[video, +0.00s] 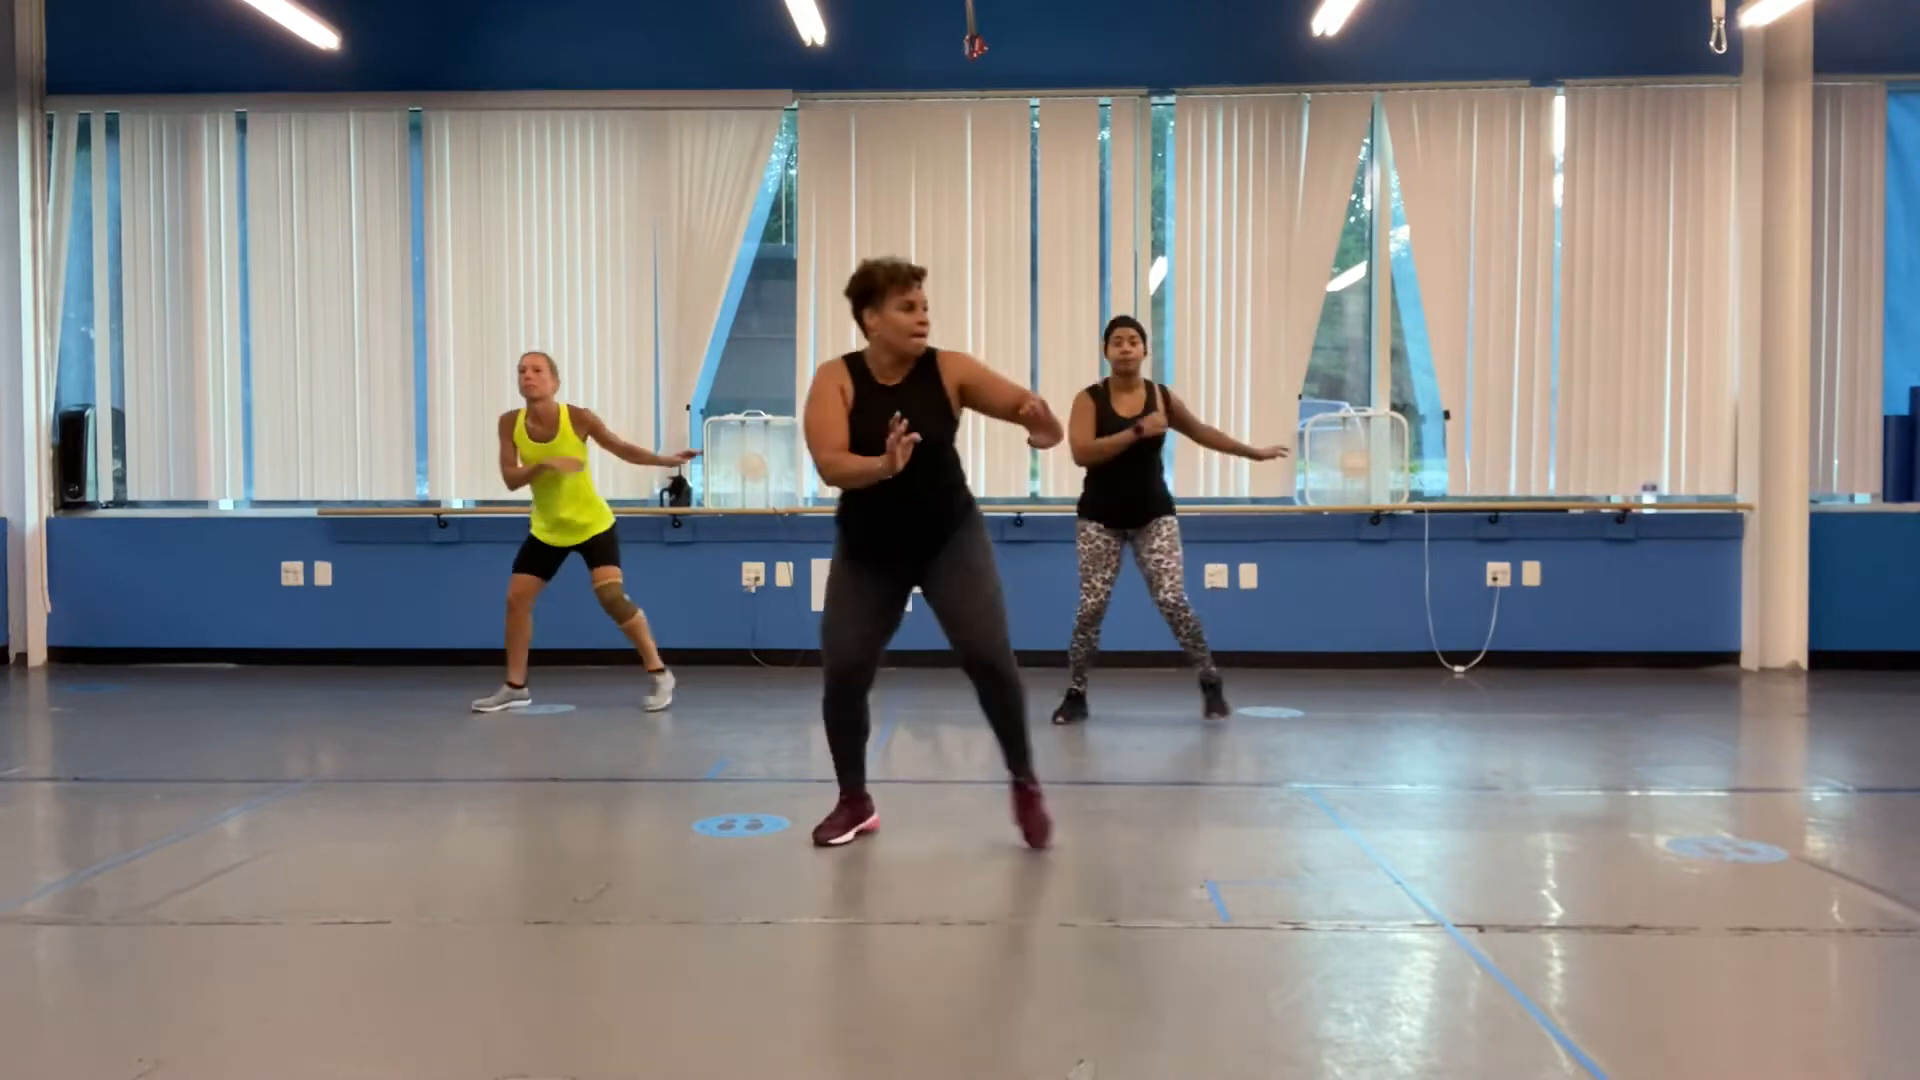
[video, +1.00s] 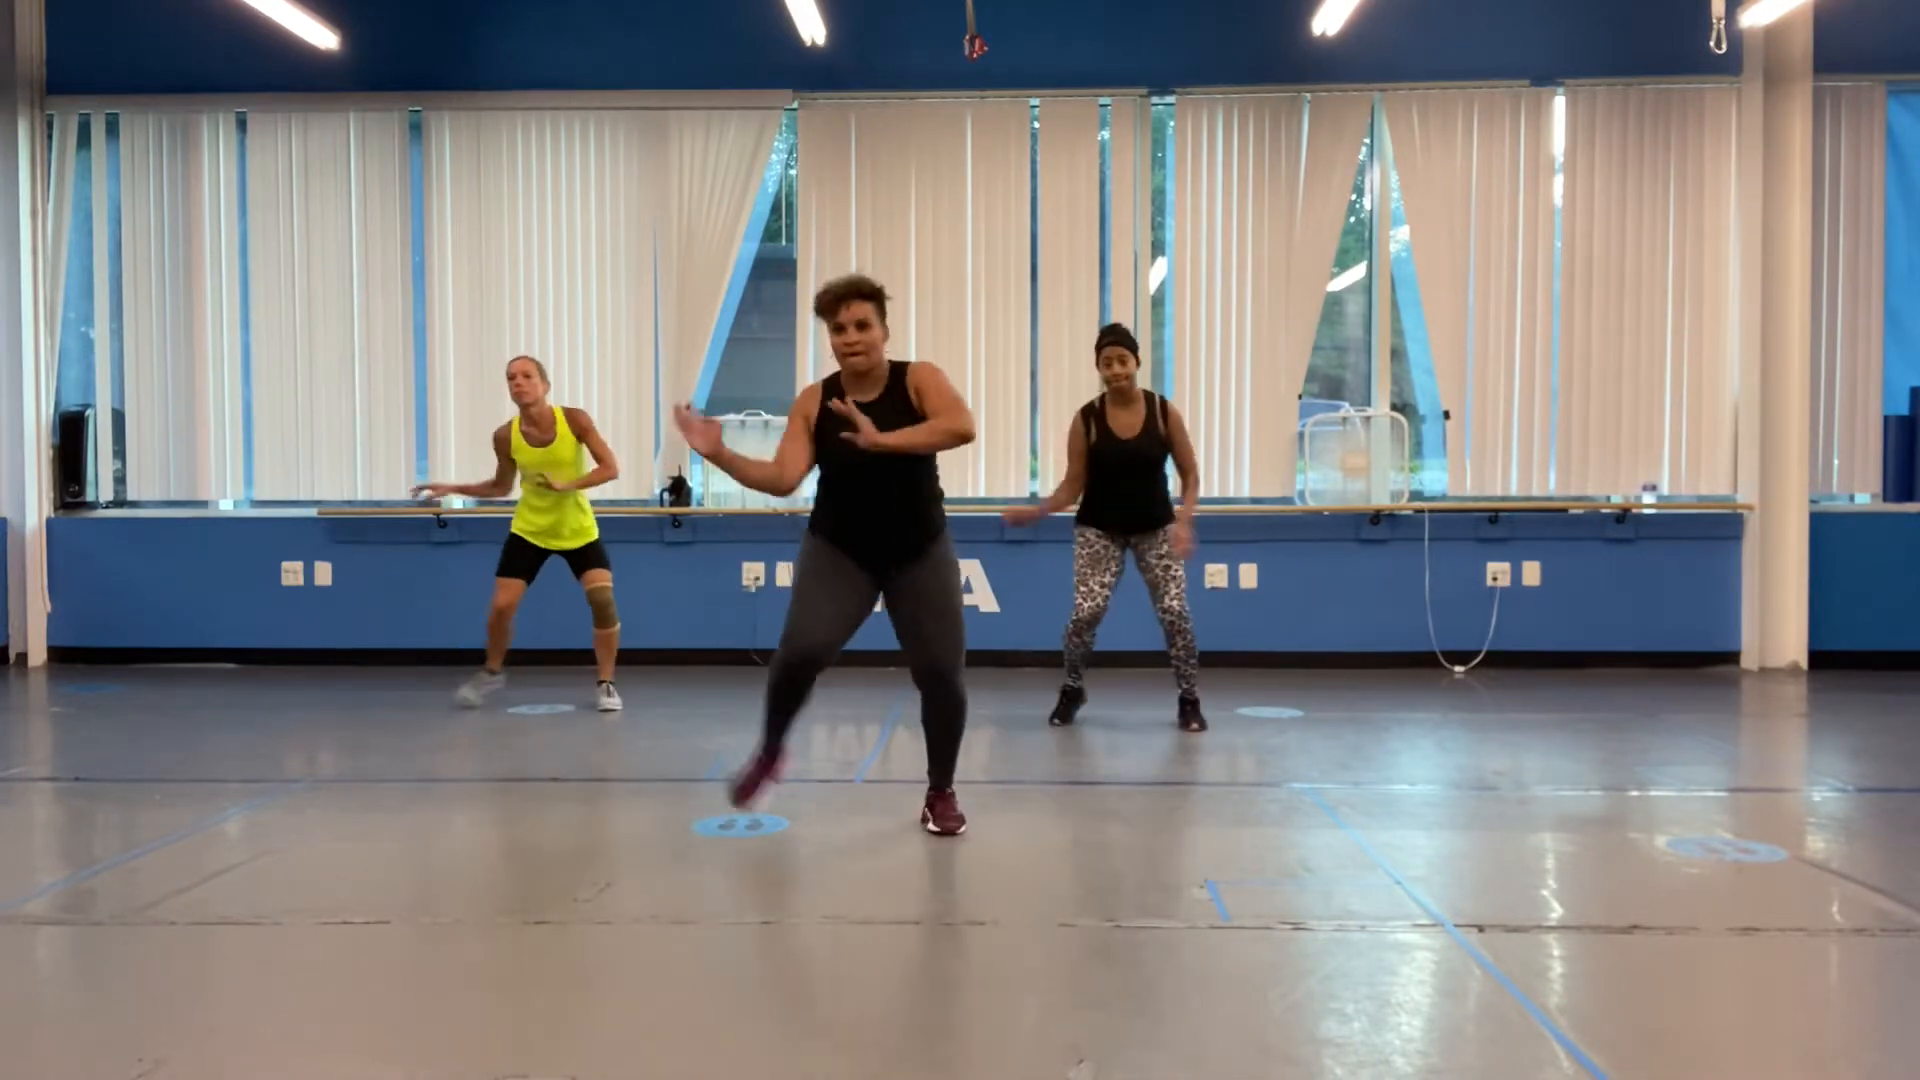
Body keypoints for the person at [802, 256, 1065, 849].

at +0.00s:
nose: (922, 317)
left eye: (924, 306)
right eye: (908, 308)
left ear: (927, 311)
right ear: (869, 319)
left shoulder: (950, 370)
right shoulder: (836, 380)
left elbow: (1022, 406)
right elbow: (831, 466)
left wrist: (1043, 423)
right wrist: (884, 464)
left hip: (951, 538)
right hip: (870, 546)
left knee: (988, 658)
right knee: (843, 673)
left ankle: (1025, 783)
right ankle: (853, 799)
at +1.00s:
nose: (850, 338)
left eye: (862, 326)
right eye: (839, 329)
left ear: (884, 331)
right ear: (828, 338)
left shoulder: (920, 379)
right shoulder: (814, 401)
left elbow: (961, 428)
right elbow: (783, 478)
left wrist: (882, 439)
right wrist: (720, 454)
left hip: (918, 552)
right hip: (838, 552)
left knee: (941, 676)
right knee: (799, 655)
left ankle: (941, 793)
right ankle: (769, 752)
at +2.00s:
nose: (969, 346)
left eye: (978, 333)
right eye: (956, 338)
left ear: (996, 335)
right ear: (940, 344)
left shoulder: (1027, 396)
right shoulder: (913, 386)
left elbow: (1037, 479)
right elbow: (845, 428)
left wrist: (1004, 483)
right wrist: (784, 478)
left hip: (978, 548)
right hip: (904, 543)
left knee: (1013, 654)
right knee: (908, 669)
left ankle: (984, 777)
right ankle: (904, 783)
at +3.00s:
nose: (937, 350)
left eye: (949, 339)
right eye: (929, 339)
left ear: (980, 332)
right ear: (922, 337)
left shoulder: (1016, 388)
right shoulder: (908, 367)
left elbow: (1021, 467)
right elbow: (825, 359)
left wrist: (1005, 460)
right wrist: (801, 415)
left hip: (986, 545)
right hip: (907, 542)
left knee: (1035, 651)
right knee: (891, 668)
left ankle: (1041, 774)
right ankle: (878, 790)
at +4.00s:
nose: (757, 340)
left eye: (771, 330)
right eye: (748, 330)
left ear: (799, 338)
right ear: (741, 337)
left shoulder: (839, 375)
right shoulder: (730, 391)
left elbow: (914, 390)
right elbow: (723, 455)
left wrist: (974, 395)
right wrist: (784, 403)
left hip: (867, 529)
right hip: (792, 544)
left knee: (918, 645)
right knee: (747, 658)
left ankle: (961, 754)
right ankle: (722, 783)